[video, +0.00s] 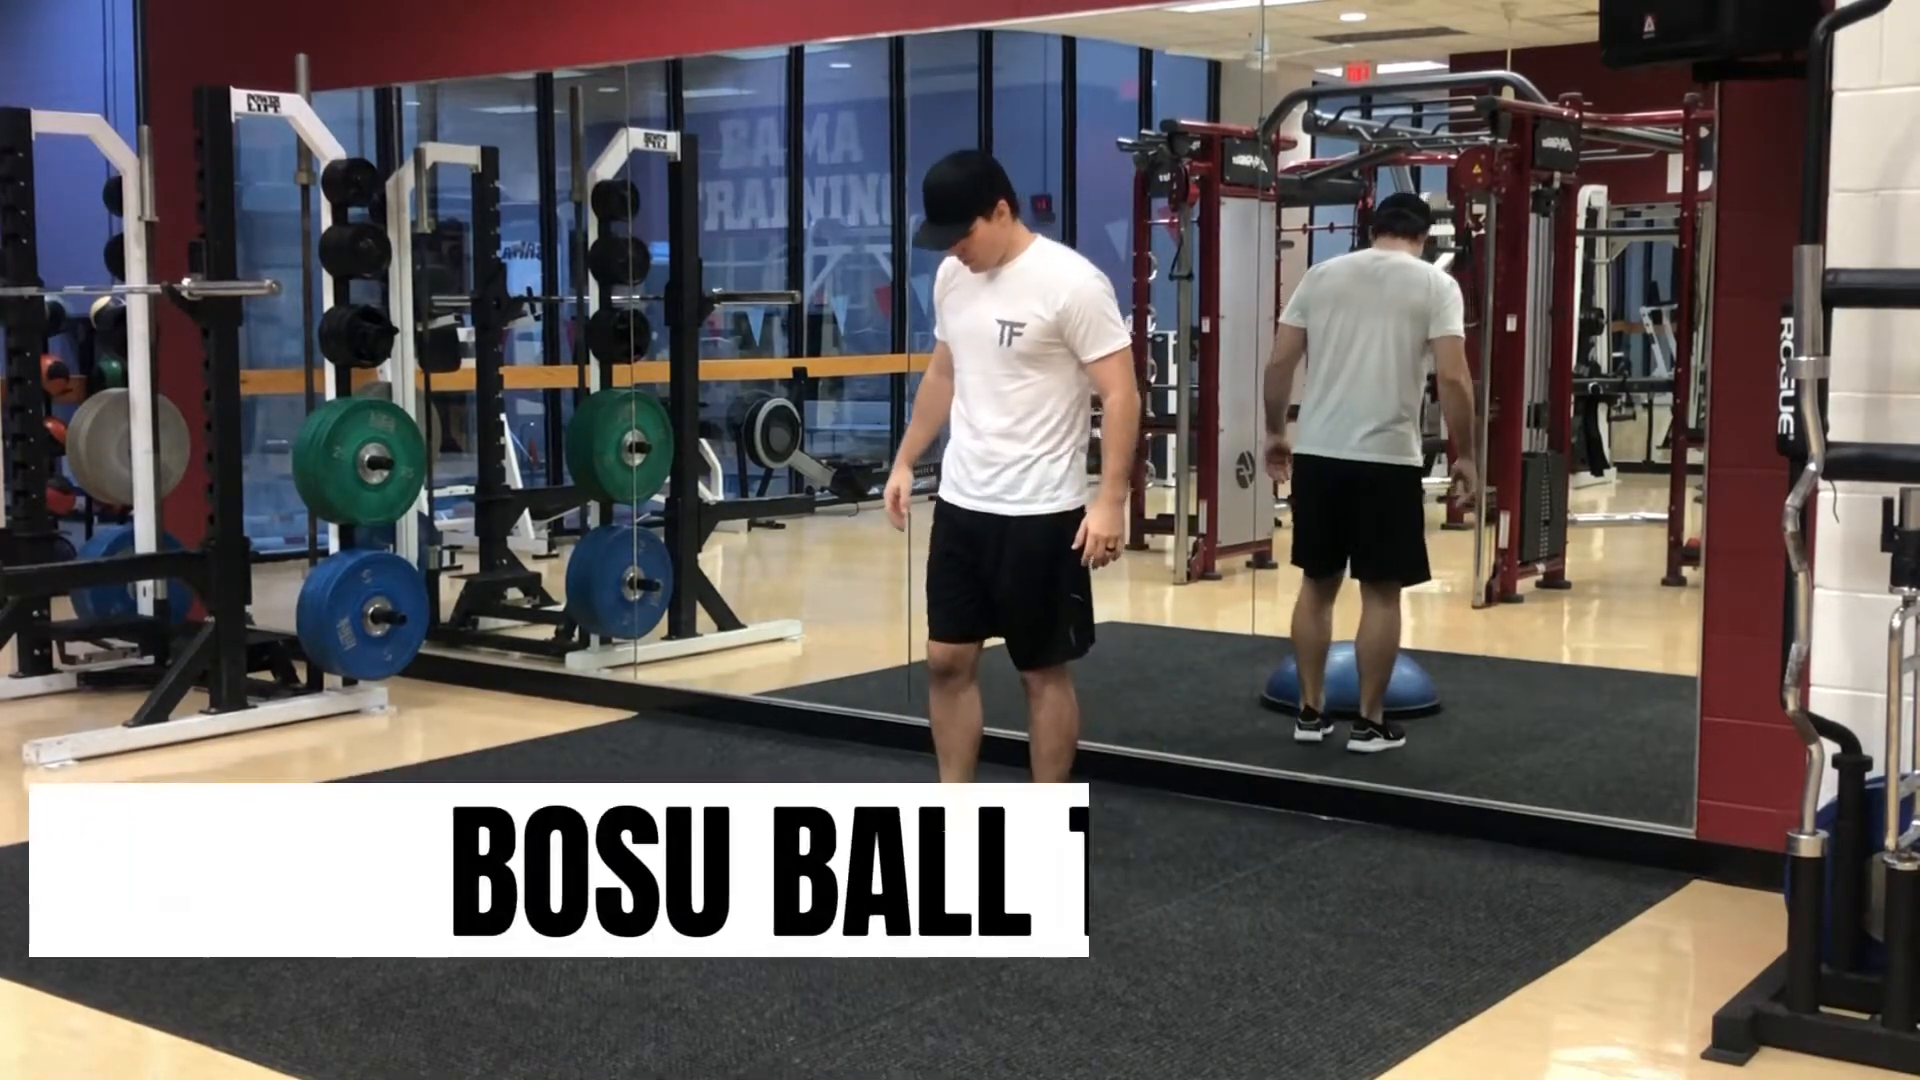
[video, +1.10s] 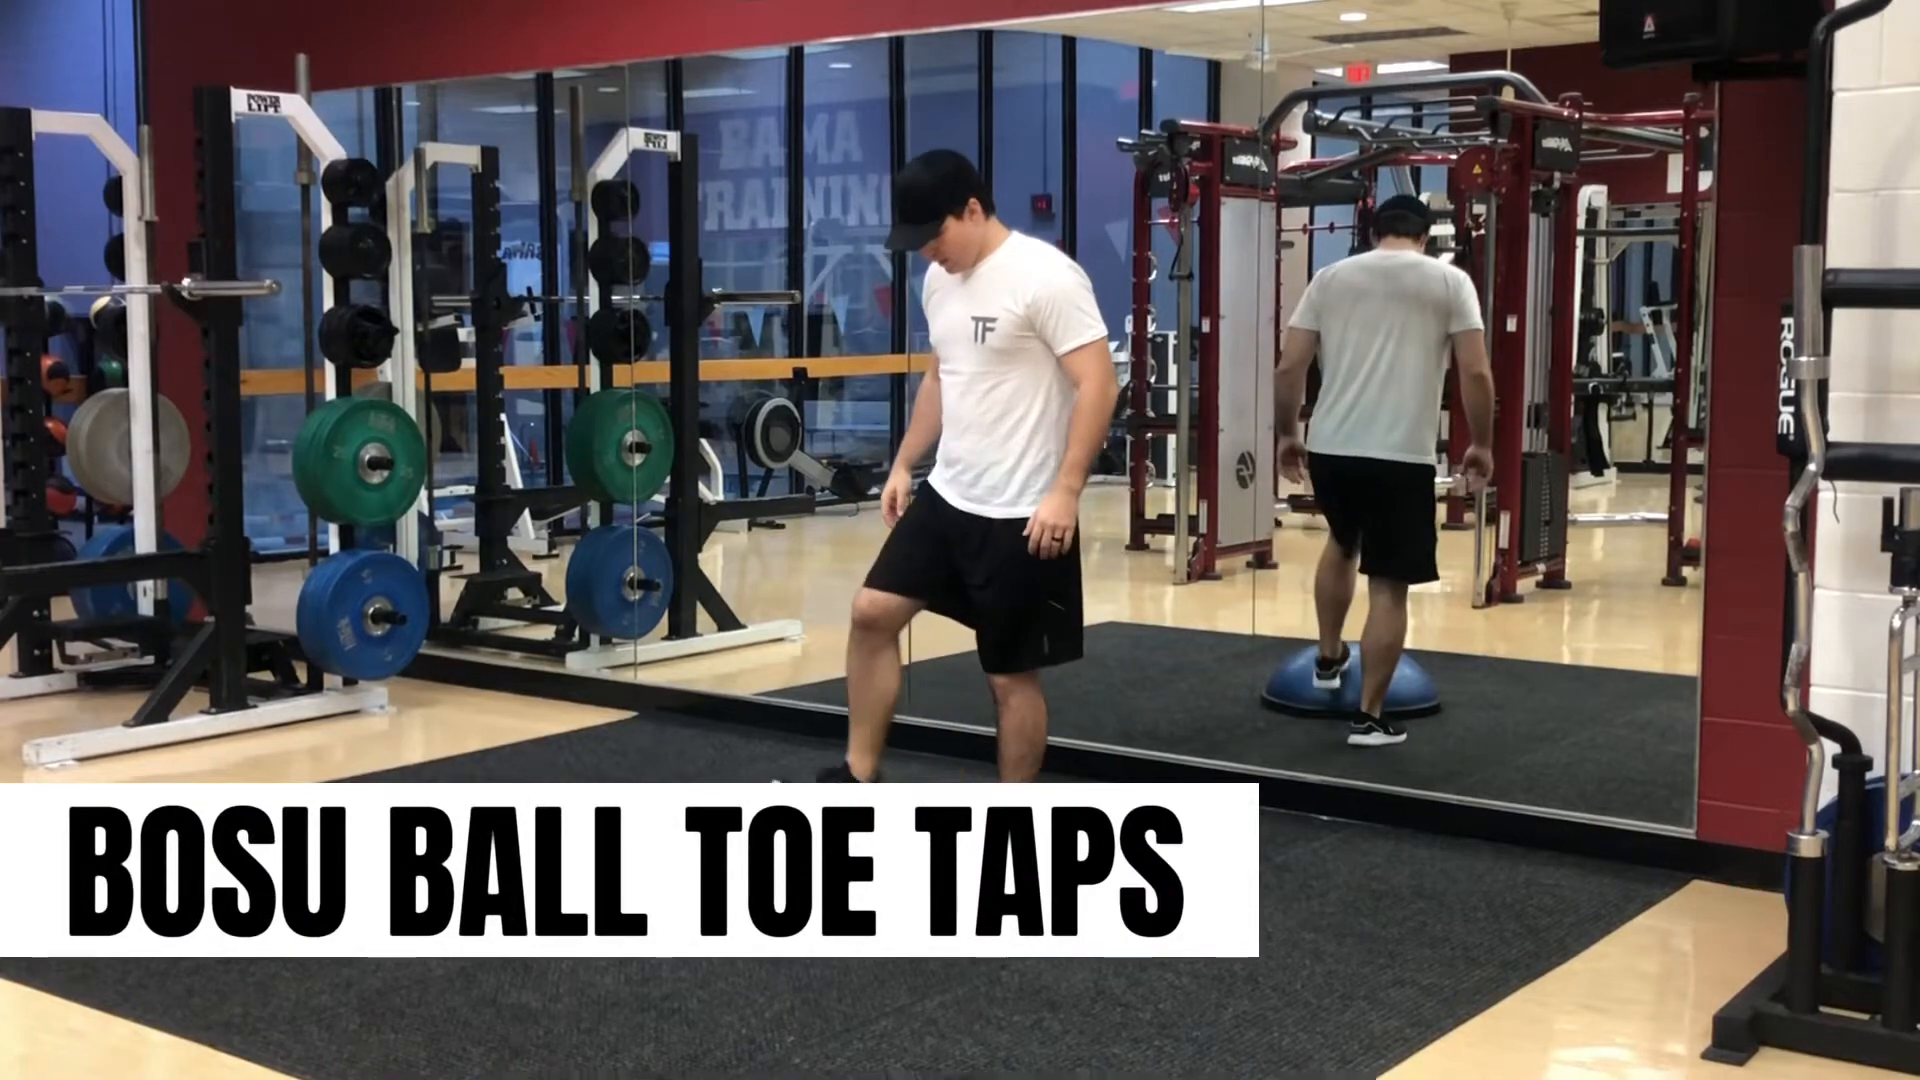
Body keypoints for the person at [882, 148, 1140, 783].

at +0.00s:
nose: (955, 249)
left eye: (962, 235)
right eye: (948, 239)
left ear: (1001, 210)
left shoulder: (1074, 283)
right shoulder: (952, 275)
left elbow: (1122, 395)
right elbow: (943, 373)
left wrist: (1111, 499)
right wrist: (904, 460)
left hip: (1042, 514)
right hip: (961, 508)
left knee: (1043, 673)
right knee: (947, 663)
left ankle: (1049, 816)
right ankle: (954, 807)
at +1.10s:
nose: (927, 253)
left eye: (933, 237)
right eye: (921, 242)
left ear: (972, 211)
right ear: (961, 215)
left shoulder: (1048, 277)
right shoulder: (939, 279)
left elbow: (1098, 384)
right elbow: (942, 377)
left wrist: (1065, 491)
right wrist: (903, 464)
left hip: (1020, 517)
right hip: (946, 500)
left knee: (1011, 676)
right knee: (872, 615)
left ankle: (1015, 812)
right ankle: (859, 776)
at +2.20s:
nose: (885, 253)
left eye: (890, 238)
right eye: (878, 243)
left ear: (930, 213)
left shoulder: (1010, 279)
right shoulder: (897, 285)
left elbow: (1078, 376)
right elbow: (903, 380)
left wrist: (1059, 483)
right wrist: (868, 450)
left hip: (994, 516)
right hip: (914, 498)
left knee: (981, 676)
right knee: (839, 605)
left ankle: (1012, 804)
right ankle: (822, 767)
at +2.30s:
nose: (872, 263)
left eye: (877, 248)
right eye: (865, 254)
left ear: (917, 223)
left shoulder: (1000, 291)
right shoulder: (885, 294)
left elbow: (1057, 394)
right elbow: (891, 388)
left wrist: (1028, 495)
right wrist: (862, 455)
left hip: (986, 521)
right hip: (908, 505)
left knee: (964, 677)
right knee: (832, 609)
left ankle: (1010, 802)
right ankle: (822, 772)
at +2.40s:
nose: (861, 270)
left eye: (866, 254)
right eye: (855, 259)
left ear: (908, 233)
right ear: (894, 238)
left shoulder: (984, 305)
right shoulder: (872, 302)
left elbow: (1044, 407)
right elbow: (880, 394)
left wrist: (986, 481)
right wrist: (840, 448)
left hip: (974, 528)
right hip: (896, 510)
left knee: (957, 685)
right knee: (806, 596)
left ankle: (1007, 806)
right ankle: (825, 758)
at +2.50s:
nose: (847, 241)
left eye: (852, 225)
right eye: (839, 230)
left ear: (892, 203)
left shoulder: (966, 267)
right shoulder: (854, 266)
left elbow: (1056, 339)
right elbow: (865, 347)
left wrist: (987, 398)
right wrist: (810, 385)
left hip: (945, 502)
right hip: (865, 485)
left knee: (947, 659)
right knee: (778, 592)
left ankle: (997, 798)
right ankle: (812, 737)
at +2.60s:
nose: (820, 225)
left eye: (826, 209)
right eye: (814, 213)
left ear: (866, 185)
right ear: (811, 207)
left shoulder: (947, 242)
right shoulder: (822, 250)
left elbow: (1037, 308)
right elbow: (829, 324)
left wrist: (976, 371)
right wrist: (801, 376)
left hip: (925, 470)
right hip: (844, 466)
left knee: (893, 616)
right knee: (784, 611)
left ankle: (940, 762)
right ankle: (786, 749)